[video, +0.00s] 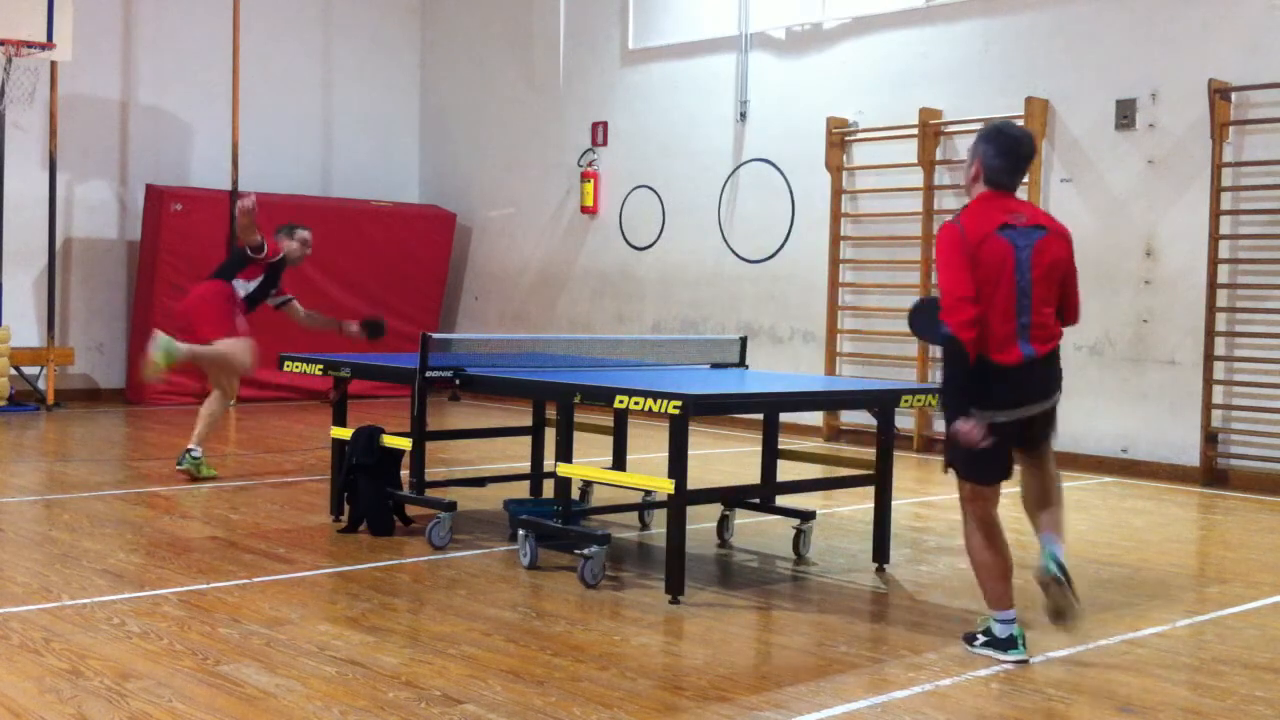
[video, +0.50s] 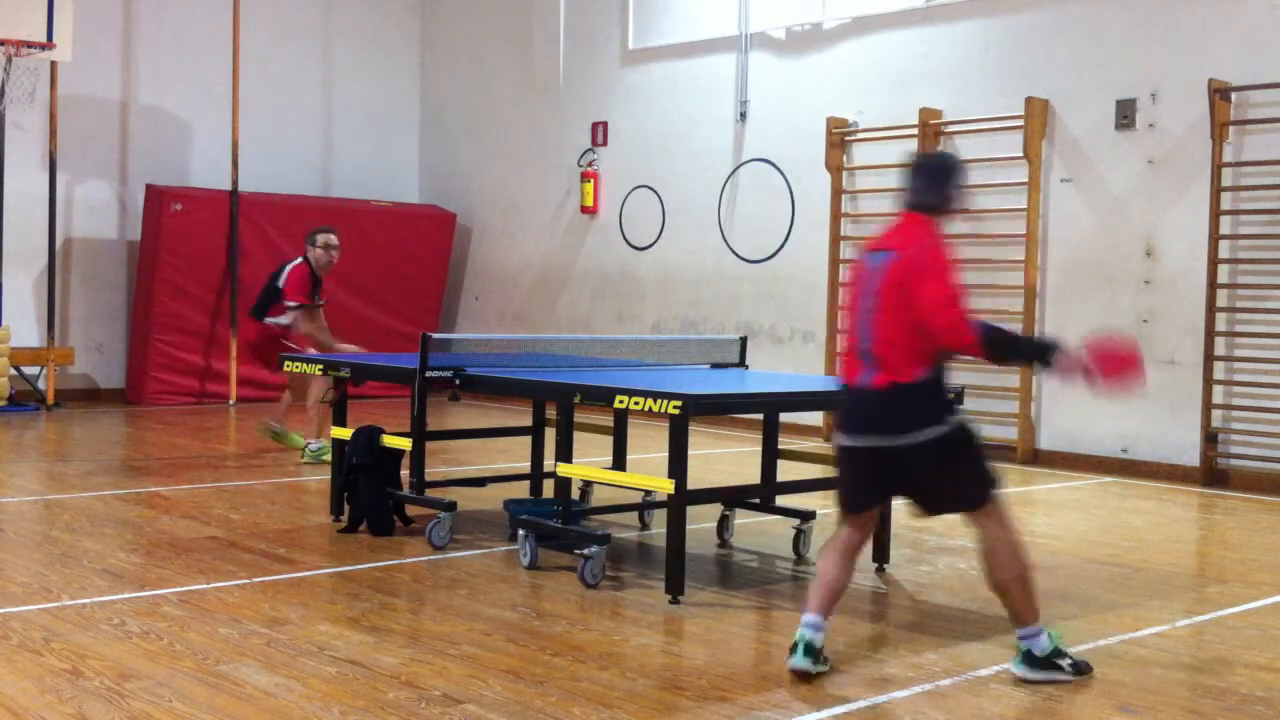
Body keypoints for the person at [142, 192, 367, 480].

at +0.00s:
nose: (308, 251)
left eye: (310, 247)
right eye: (304, 244)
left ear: (298, 247)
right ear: (284, 240)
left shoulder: (273, 284)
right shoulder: (267, 252)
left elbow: (303, 316)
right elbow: (250, 237)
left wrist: (343, 326)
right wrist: (245, 215)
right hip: (213, 296)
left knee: (226, 389)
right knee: (244, 358)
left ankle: (193, 453)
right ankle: (174, 349)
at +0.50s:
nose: (334, 255)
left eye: (337, 250)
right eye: (328, 248)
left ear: (338, 253)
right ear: (310, 250)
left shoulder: (315, 275)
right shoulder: (300, 272)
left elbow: (318, 321)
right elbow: (302, 324)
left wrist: (333, 348)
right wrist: (337, 347)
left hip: (279, 336)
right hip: (264, 336)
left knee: (306, 375)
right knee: (323, 372)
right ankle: (315, 444)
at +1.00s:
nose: (259, 247)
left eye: (264, 243)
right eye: (253, 242)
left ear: (269, 246)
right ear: (242, 244)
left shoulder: (271, 273)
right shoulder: (223, 265)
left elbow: (286, 312)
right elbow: (191, 298)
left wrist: (270, 331)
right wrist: (201, 319)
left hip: (248, 330)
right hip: (216, 327)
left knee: (281, 378)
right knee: (192, 377)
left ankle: (286, 432)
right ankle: (154, 432)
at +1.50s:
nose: (235, 228)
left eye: (240, 223)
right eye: (230, 222)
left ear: (248, 226)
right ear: (222, 225)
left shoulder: (256, 254)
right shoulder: (212, 248)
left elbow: (279, 295)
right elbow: (189, 266)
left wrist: (266, 298)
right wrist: (156, 278)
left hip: (243, 320)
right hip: (208, 316)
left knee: (267, 362)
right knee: (181, 369)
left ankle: (283, 426)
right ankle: (185, 417)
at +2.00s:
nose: (203, 233)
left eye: (207, 228)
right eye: (197, 228)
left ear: (212, 232)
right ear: (185, 232)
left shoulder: (220, 258)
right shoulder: (172, 256)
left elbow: (239, 286)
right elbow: (154, 285)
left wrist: (248, 309)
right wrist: (155, 311)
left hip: (212, 322)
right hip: (175, 320)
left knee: (232, 369)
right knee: (144, 367)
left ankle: (235, 420)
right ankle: (112, 417)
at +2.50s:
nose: (140, 222)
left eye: (144, 217)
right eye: (134, 217)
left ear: (147, 222)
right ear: (120, 220)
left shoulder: (145, 250)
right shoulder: (102, 243)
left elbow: (153, 279)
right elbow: (70, 278)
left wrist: (170, 308)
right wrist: (85, 303)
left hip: (125, 316)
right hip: (91, 314)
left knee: (146, 363)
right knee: (71, 362)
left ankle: (120, 422)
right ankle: (38, 416)